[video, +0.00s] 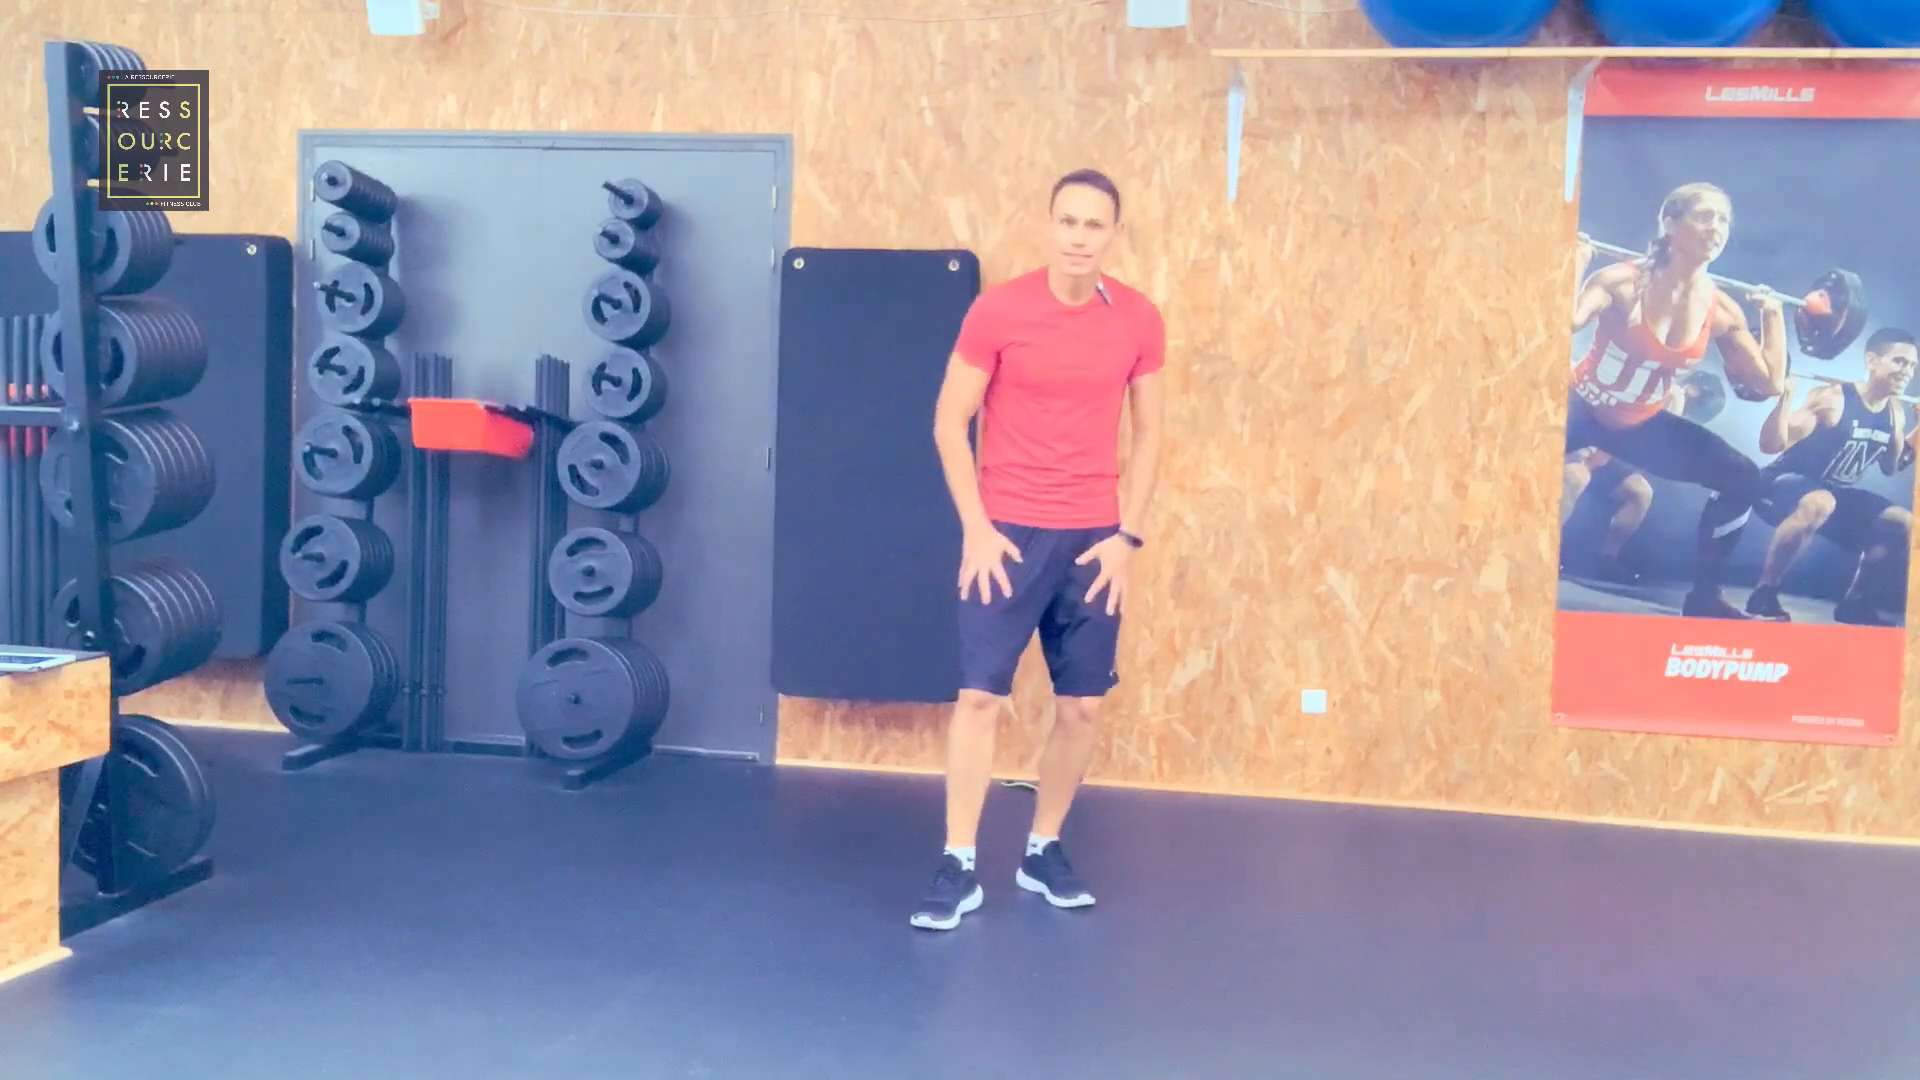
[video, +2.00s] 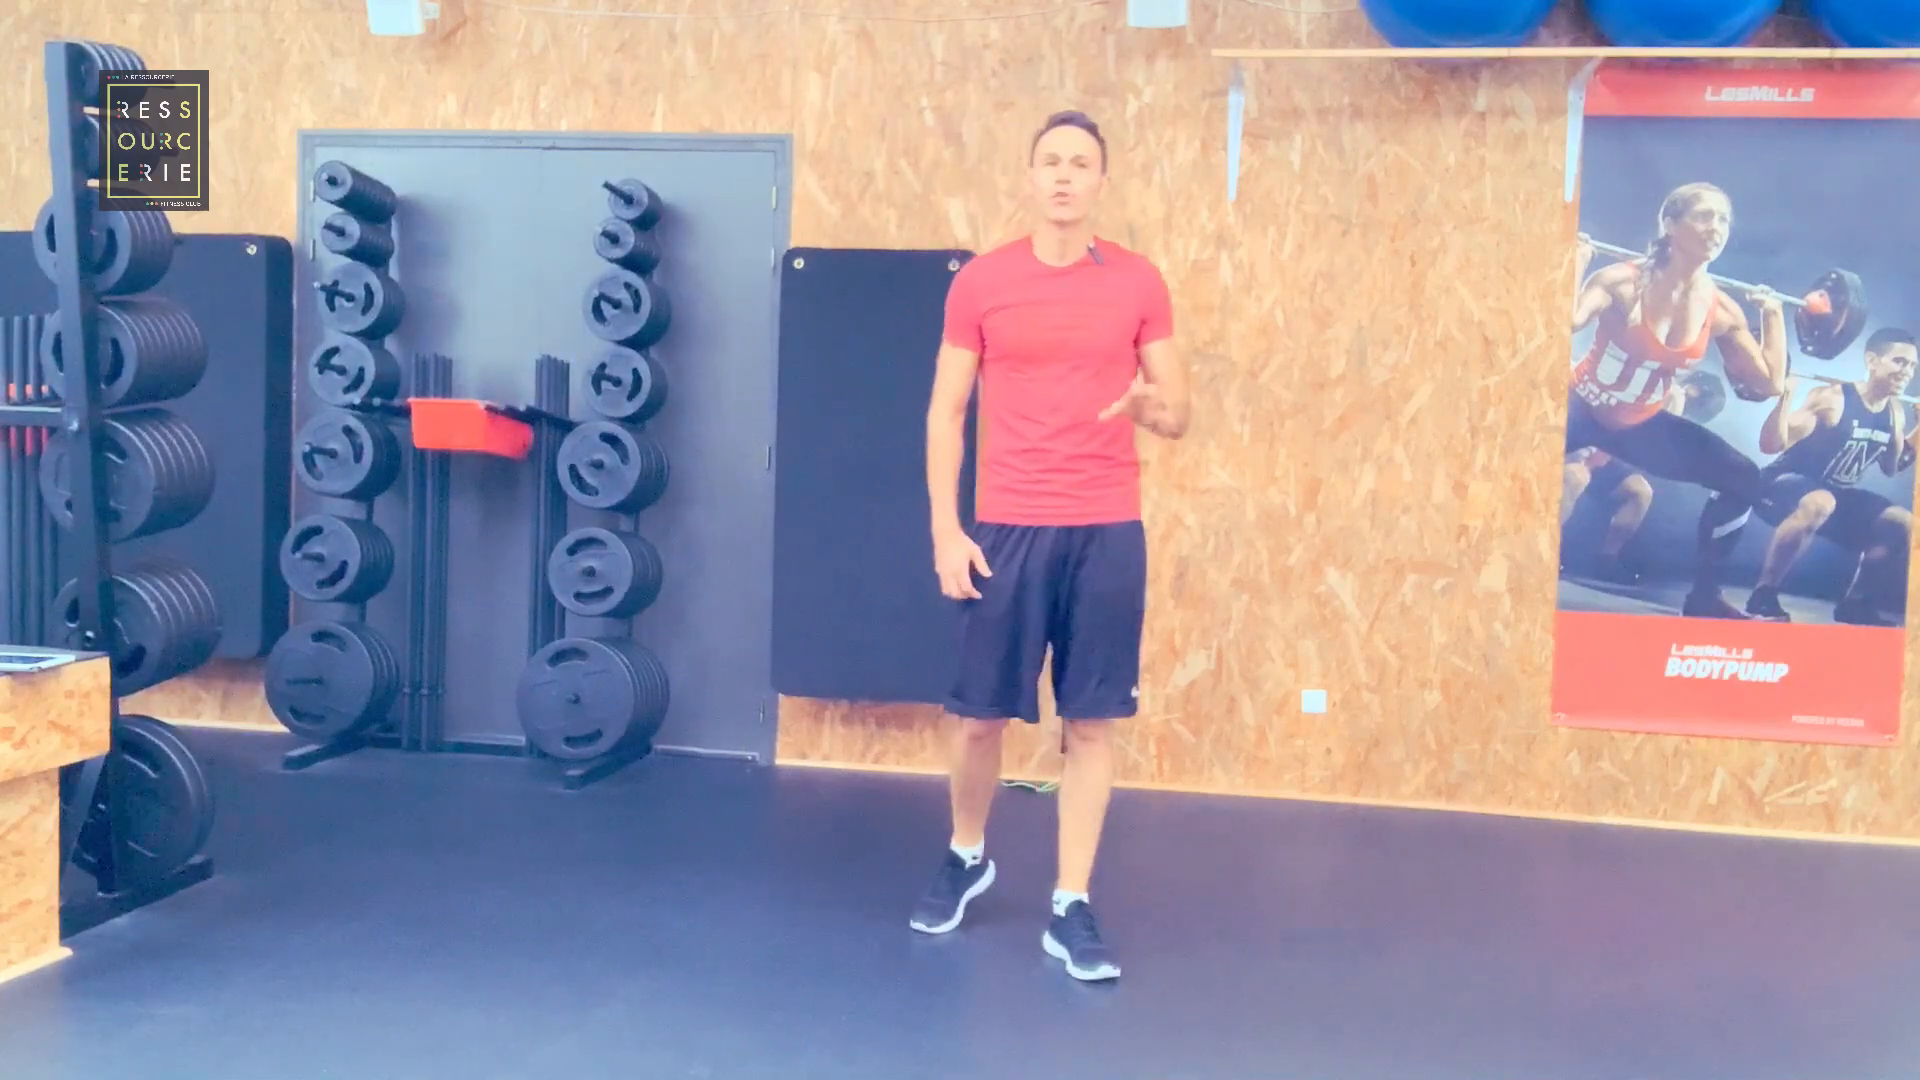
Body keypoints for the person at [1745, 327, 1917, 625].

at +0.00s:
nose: (1906, 372)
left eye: (1911, 365)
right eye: (1899, 361)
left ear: (1913, 371)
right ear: (1872, 361)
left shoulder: (1894, 411)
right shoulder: (1831, 397)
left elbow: (1890, 466)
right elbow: (1768, 444)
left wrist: (1910, 444)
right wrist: (1784, 398)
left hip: (1838, 494)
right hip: (1785, 481)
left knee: (1904, 524)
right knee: (1821, 502)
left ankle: (1854, 605)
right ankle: (1763, 595)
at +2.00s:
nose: (1906, 372)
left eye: (1911, 365)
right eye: (1899, 361)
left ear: (1913, 371)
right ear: (1871, 361)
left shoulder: (1894, 411)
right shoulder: (1830, 398)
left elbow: (1891, 467)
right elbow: (1768, 444)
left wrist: (1911, 444)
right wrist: (1785, 396)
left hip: (1839, 495)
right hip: (1786, 482)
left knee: (1904, 524)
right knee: (1821, 502)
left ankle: (1855, 604)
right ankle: (1763, 595)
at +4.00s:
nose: (1906, 371)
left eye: (1911, 365)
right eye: (1899, 361)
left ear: (1913, 371)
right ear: (1872, 361)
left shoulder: (1894, 411)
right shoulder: (1831, 397)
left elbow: (1891, 467)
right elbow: (1769, 444)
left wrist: (1914, 438)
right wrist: (1785, 397)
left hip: (1839, 495)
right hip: (1786, 481)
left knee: (1905, 524)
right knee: (1821, 502)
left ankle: (1854, 604)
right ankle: (1764, 595)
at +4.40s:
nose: (1906, 372)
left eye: (1911, 365)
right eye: (1899, 361)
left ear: (1914, 371)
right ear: (1872, 361)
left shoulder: (1894, 412)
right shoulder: (1830, 397)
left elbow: (1891, 466)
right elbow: (1769, 444)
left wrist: (1912, 438)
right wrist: (1785, 396)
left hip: (1839, 495)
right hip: (1786, 482)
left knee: (1905, 524)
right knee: (1821, 502)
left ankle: (1854, 604)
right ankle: (1764, 595)